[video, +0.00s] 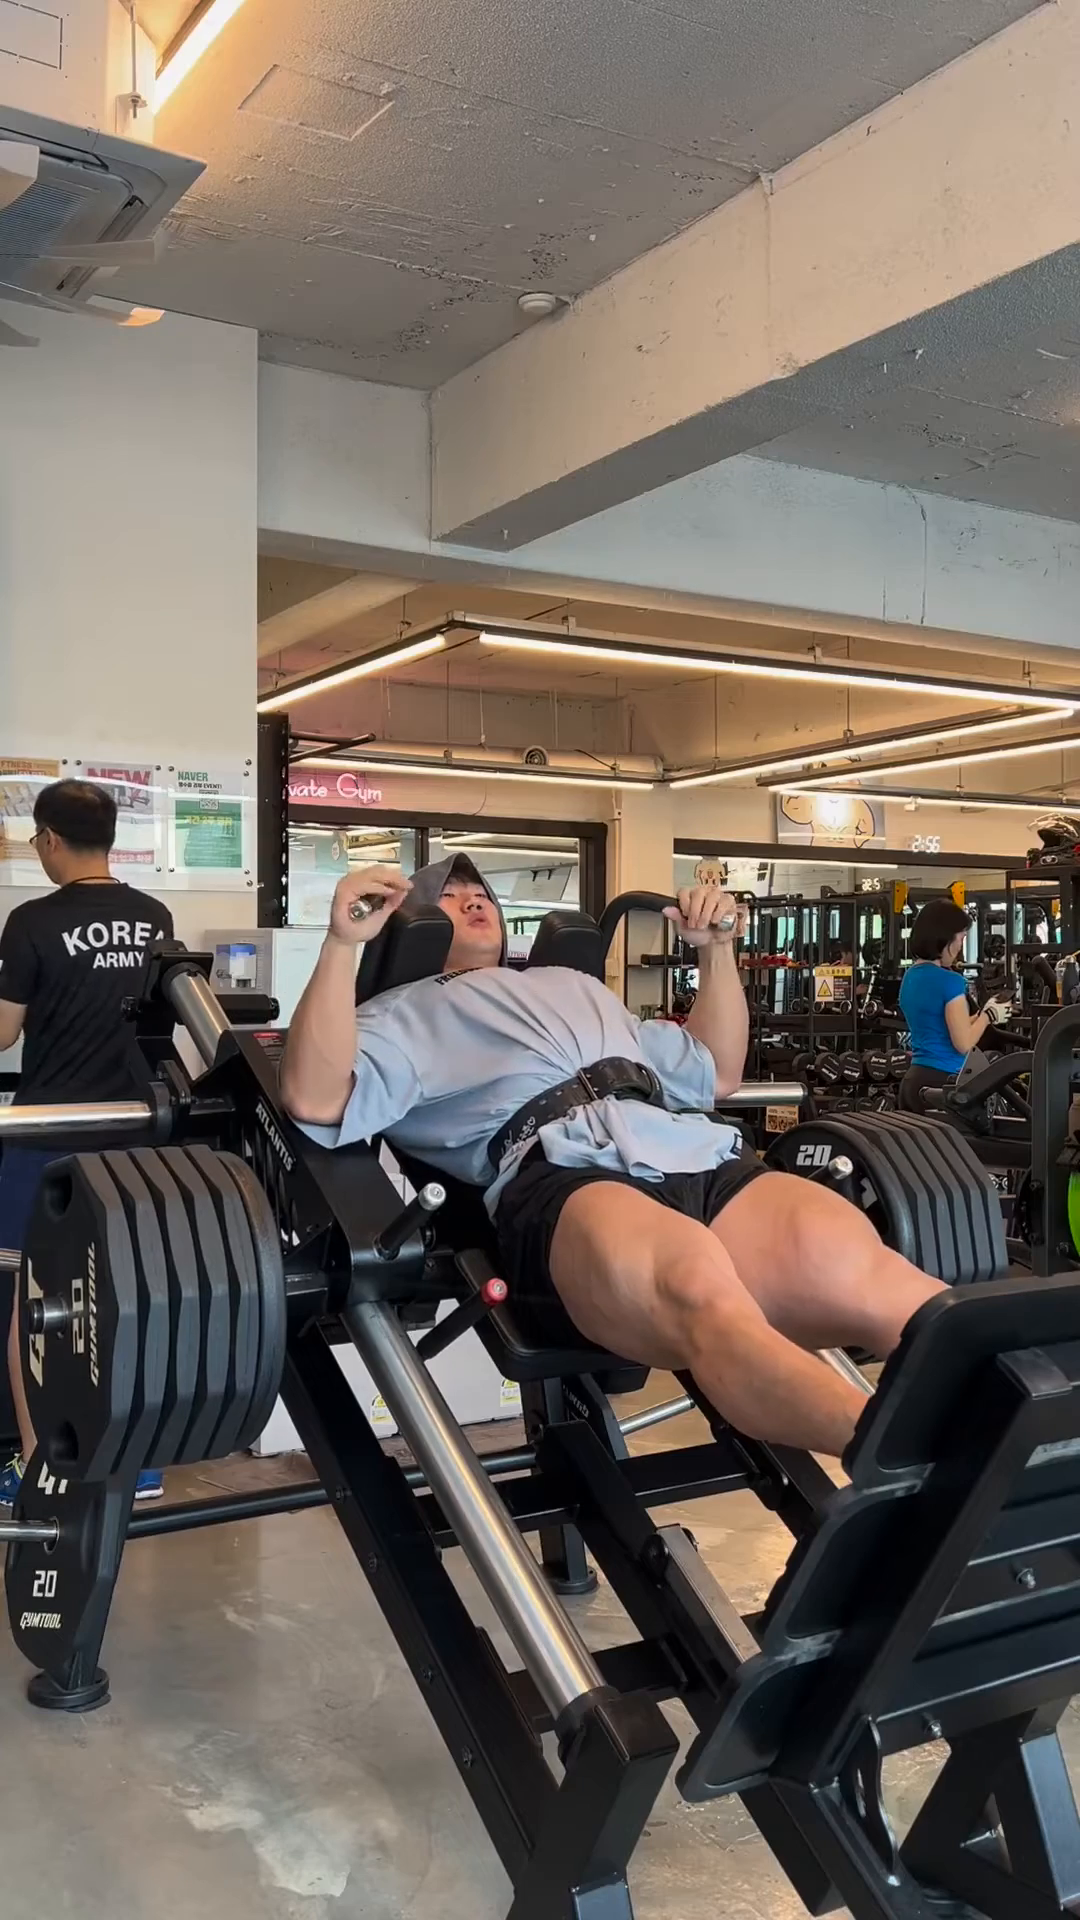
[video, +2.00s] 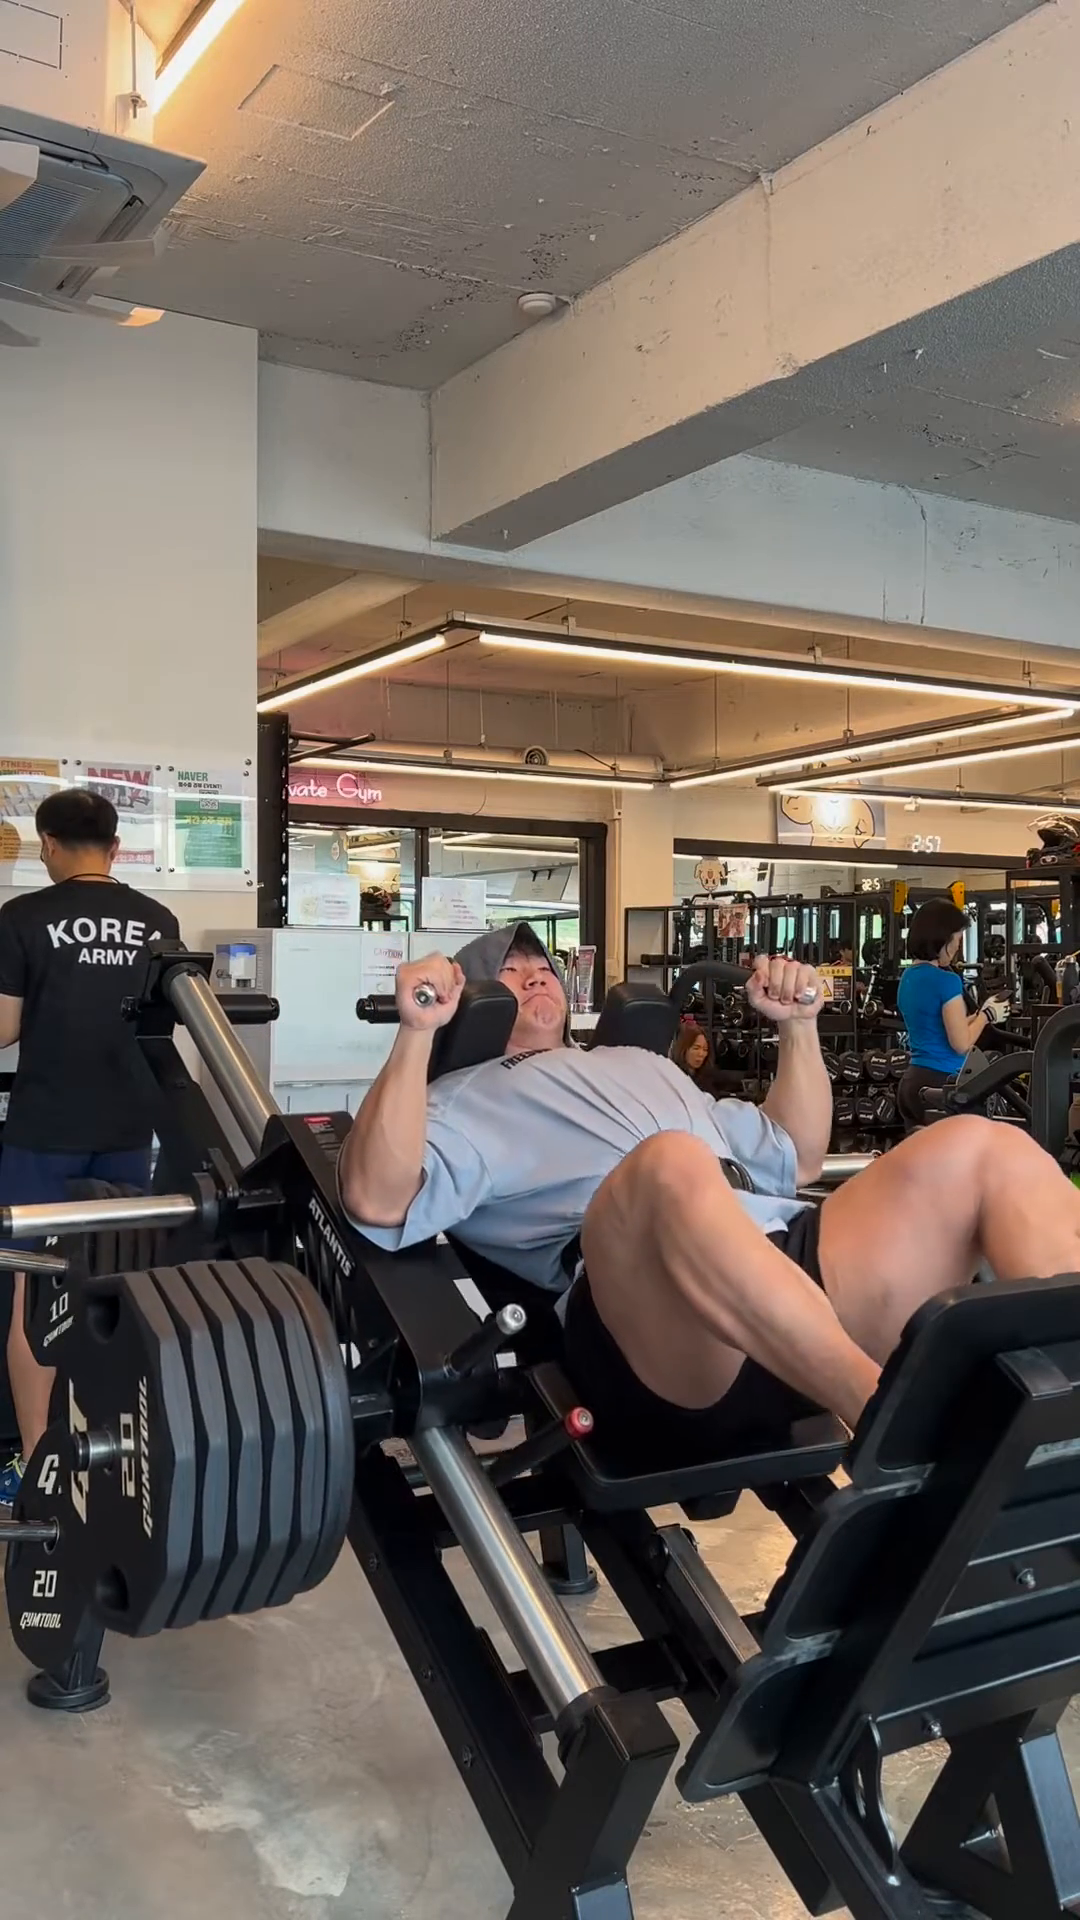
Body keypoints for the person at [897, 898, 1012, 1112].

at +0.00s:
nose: (961, 946)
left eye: (962, 939)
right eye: (960, 938)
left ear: (927, 935)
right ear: (945, 939)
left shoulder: (909, 978)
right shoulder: (950, 981)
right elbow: (963, 1043)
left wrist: (976, 1016)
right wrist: (990, 1015)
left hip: (915, 1076)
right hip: (948, 1081)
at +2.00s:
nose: (959, 947)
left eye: (960, 940)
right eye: (957, 940)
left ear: (923, 936)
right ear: (943, 940)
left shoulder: (907, 978)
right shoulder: (947, 981)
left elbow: (932, 1034)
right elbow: (961, 1044)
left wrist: (977, 1014)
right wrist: (987, 1015)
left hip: (913, 1079)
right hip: (946, 1084)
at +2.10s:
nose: (959, 947)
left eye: (960, 940)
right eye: (957, 940)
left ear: (923, 936)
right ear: (943, 940)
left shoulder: (907, 978)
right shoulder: (946, 981)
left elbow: (931, 1035)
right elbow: (961, 1044)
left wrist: (977, 1015)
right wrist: (986, 1015)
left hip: (913, 1079)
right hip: (945, 1085)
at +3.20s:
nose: (958, 947)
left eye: (959, 940)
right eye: (957, 940)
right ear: (942, 940)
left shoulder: (907, 977)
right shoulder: (947, 981)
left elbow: (938, 1030)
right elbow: (962, 1042)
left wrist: (981, 1013)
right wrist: (988, 1014)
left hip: (918, 1074)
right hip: (949, 1079)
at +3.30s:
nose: (958, 947)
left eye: (959, 940)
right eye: (957, 940)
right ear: (943, 941)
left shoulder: (908, 977)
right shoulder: (948, 981)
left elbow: (939, 1031)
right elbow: (962, 1042)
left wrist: (982, 1012)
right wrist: (988, 1014)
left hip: (918, 1074)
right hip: (948, 1078)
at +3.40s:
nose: (959, 947)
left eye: (959, 940)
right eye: (957, 940)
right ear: (943, 941)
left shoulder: (908, 977)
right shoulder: (948, 981)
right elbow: (962, 1042)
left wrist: (982, 1013)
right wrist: (988, 1015)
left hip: (918, 1073)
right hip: (949, 1077)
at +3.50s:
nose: (959, 947)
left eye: (960, 940)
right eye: (958, 940)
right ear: (944, 940)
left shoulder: (908, 978)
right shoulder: (948, 981)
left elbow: (939, 1031)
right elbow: (963, 1042)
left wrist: (982, 1013)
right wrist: (988, 1015)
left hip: (918, 1072)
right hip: (949, 1077)